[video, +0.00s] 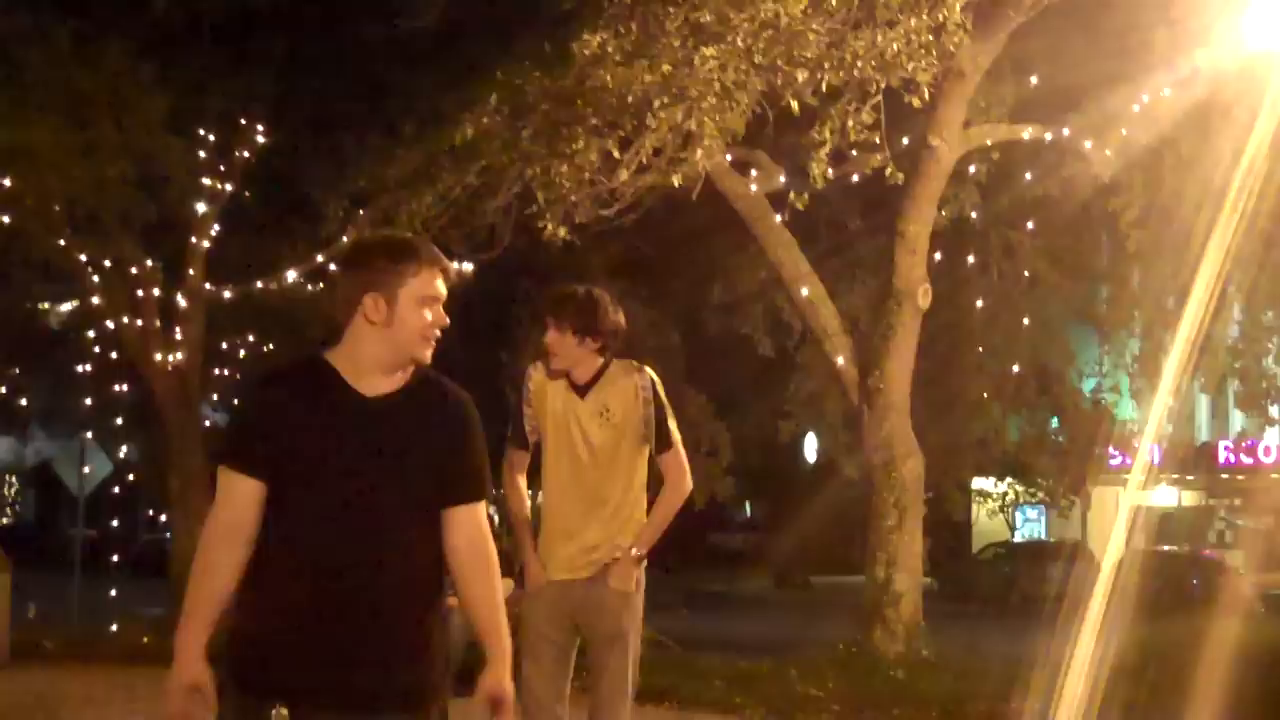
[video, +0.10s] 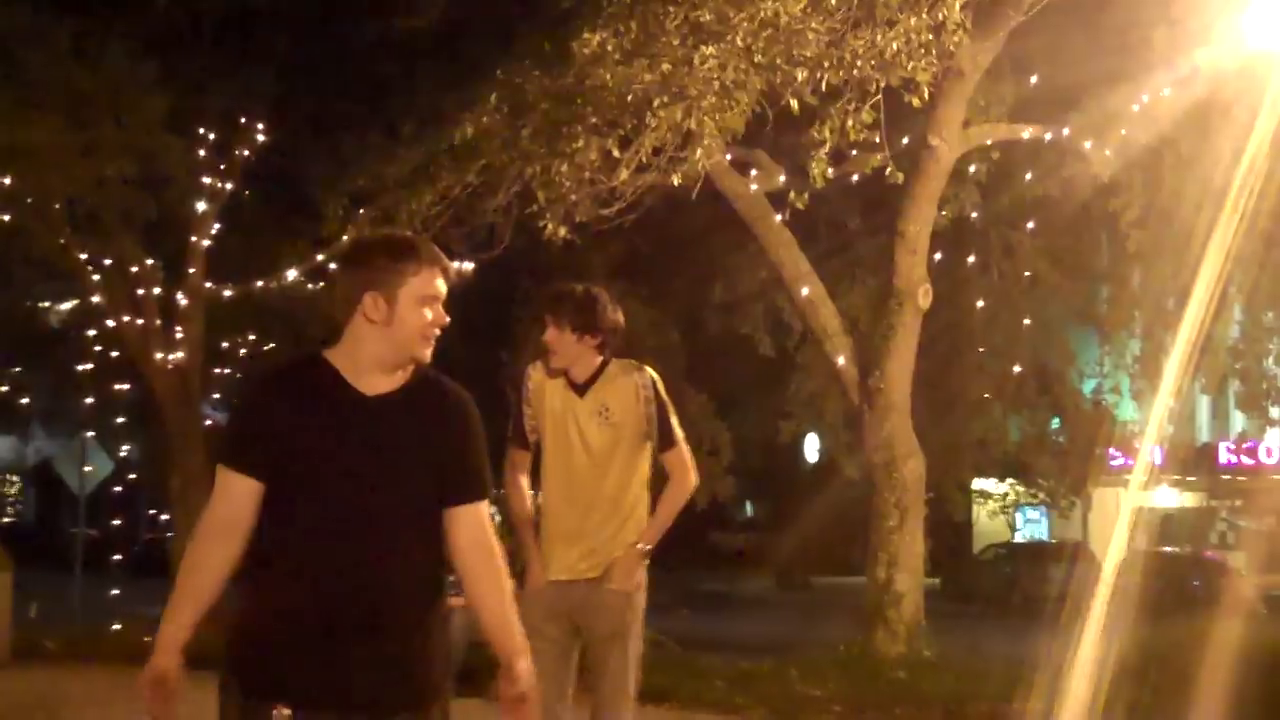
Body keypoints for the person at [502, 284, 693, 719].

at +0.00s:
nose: (547, 338)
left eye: (558, 330)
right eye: (548, 328)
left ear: (591, 341)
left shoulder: (639, 384)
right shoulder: (539, 383)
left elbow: (679, 481)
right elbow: (514, 471)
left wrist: (634, 556)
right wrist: (528, 557)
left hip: (614, 578)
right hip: (548, 578)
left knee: (611, 709)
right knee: (539, 707)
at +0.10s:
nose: (545, 337)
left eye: (556, 328)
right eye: (547, 326)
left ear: (591, 339)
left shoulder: (640, 384)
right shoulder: (538, 381)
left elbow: (684, 476)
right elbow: (516, 471)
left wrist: (640, 550)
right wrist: (531, 556)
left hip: (615, 580)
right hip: (548, 579)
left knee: (614, 709)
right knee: (544, 707)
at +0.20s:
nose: (569, 342)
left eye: (581, 332)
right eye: (571, 331)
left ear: (617, 344)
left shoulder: (665, 389)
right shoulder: (561, 385)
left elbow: (712, 477)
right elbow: (543, 476)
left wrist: (666, 546)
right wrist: (557, 562)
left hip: (641, 580)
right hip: (576, 580)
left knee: (640, 705)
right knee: (570, 705)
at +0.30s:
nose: (598, 336)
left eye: (610, 326)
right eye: (598, 325)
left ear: (643, 335)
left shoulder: (686, 384)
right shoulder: (584, 383)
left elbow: (737, 473)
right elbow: (569, 478)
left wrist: (690, 538)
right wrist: (582, 564)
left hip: (666, 576)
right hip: (600, 576)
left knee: (665, 705)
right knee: (597, 704)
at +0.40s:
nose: (671, 341)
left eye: (682, 330)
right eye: (668, 330)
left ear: (716, 333)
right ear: (662, 332)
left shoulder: (758, 384)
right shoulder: (647, 382)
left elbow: (811, 471)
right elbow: (639, 468)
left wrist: (762, 539)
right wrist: (642, 542)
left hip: (738, 576)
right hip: (663, 577)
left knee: (740, 701)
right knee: (666, 700)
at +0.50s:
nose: (747, 356)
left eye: (756, 344)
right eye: (741, 345)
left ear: (789, 336)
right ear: (734, 341)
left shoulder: (830, 386)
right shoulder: (717, 383)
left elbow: (875, 479)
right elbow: (708, 475)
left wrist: (832, 548)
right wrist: (714, 554)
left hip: (807, 579)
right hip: (733, 579)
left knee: (811, 706)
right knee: (737, 704)